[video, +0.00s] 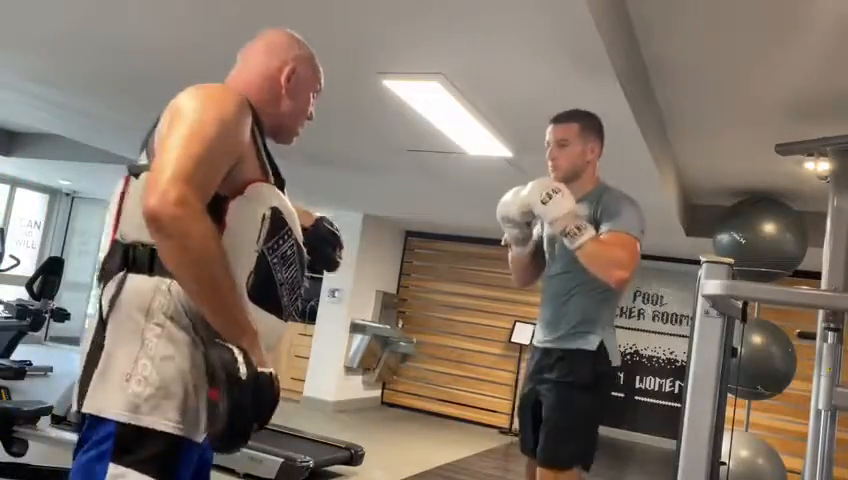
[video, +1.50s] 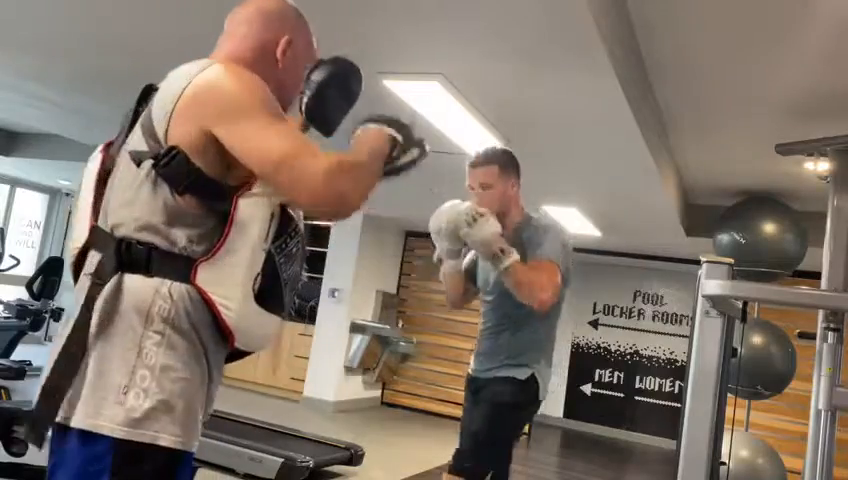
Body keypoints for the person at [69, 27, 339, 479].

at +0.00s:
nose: (313, 113)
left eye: (317, 99)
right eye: (315, 94)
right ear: (287, 77)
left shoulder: (248, 142)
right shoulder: (218, 103)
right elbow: (172, 206)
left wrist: (297, 221)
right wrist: (247, 341)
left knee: (184, 465)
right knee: (132, 467)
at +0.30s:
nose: (304, 95)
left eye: (310, 80)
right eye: (307, 76)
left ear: (239, 47)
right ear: (283, 57)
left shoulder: (197, 91)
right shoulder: (221, 91)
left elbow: (236, 174)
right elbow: (193, 217)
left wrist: (311, 146)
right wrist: (258, 368)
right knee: (141, 467)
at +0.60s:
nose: (326, 126)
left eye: (332, 114)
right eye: (329, 110)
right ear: (304, 90)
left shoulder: (267, 150)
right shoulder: (243, 105)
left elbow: (288, 213)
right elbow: (186, 176)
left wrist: (344, 170)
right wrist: (218, 322)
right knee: (132, 471)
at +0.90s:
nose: (347, 148)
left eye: (352, 137)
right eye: (349, 132)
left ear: (320, 111)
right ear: (327, 111)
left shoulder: (293, 172)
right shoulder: (269, 114)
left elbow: (299, 243)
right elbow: (197, 159)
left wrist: (354, 201)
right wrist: (235, 295)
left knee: (201, 468)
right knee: (146, 469)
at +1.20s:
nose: (326, 123)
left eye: (330, 112)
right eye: (327, 107)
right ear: (305, 88)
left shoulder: (256, 141)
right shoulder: (238, 106)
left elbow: (277, 223)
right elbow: (263, 190)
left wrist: (336, 169)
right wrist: (364, 255)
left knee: (199, 464)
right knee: (137, 466)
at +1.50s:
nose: (304, 86)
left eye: (312, 74)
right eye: (309, 70)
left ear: (235, 37)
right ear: (283, 51)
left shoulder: (192, 85)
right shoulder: (224, 86)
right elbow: (329, 192)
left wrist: (300, 121)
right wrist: (375, 142)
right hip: (152, 332)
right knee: (132, 462)